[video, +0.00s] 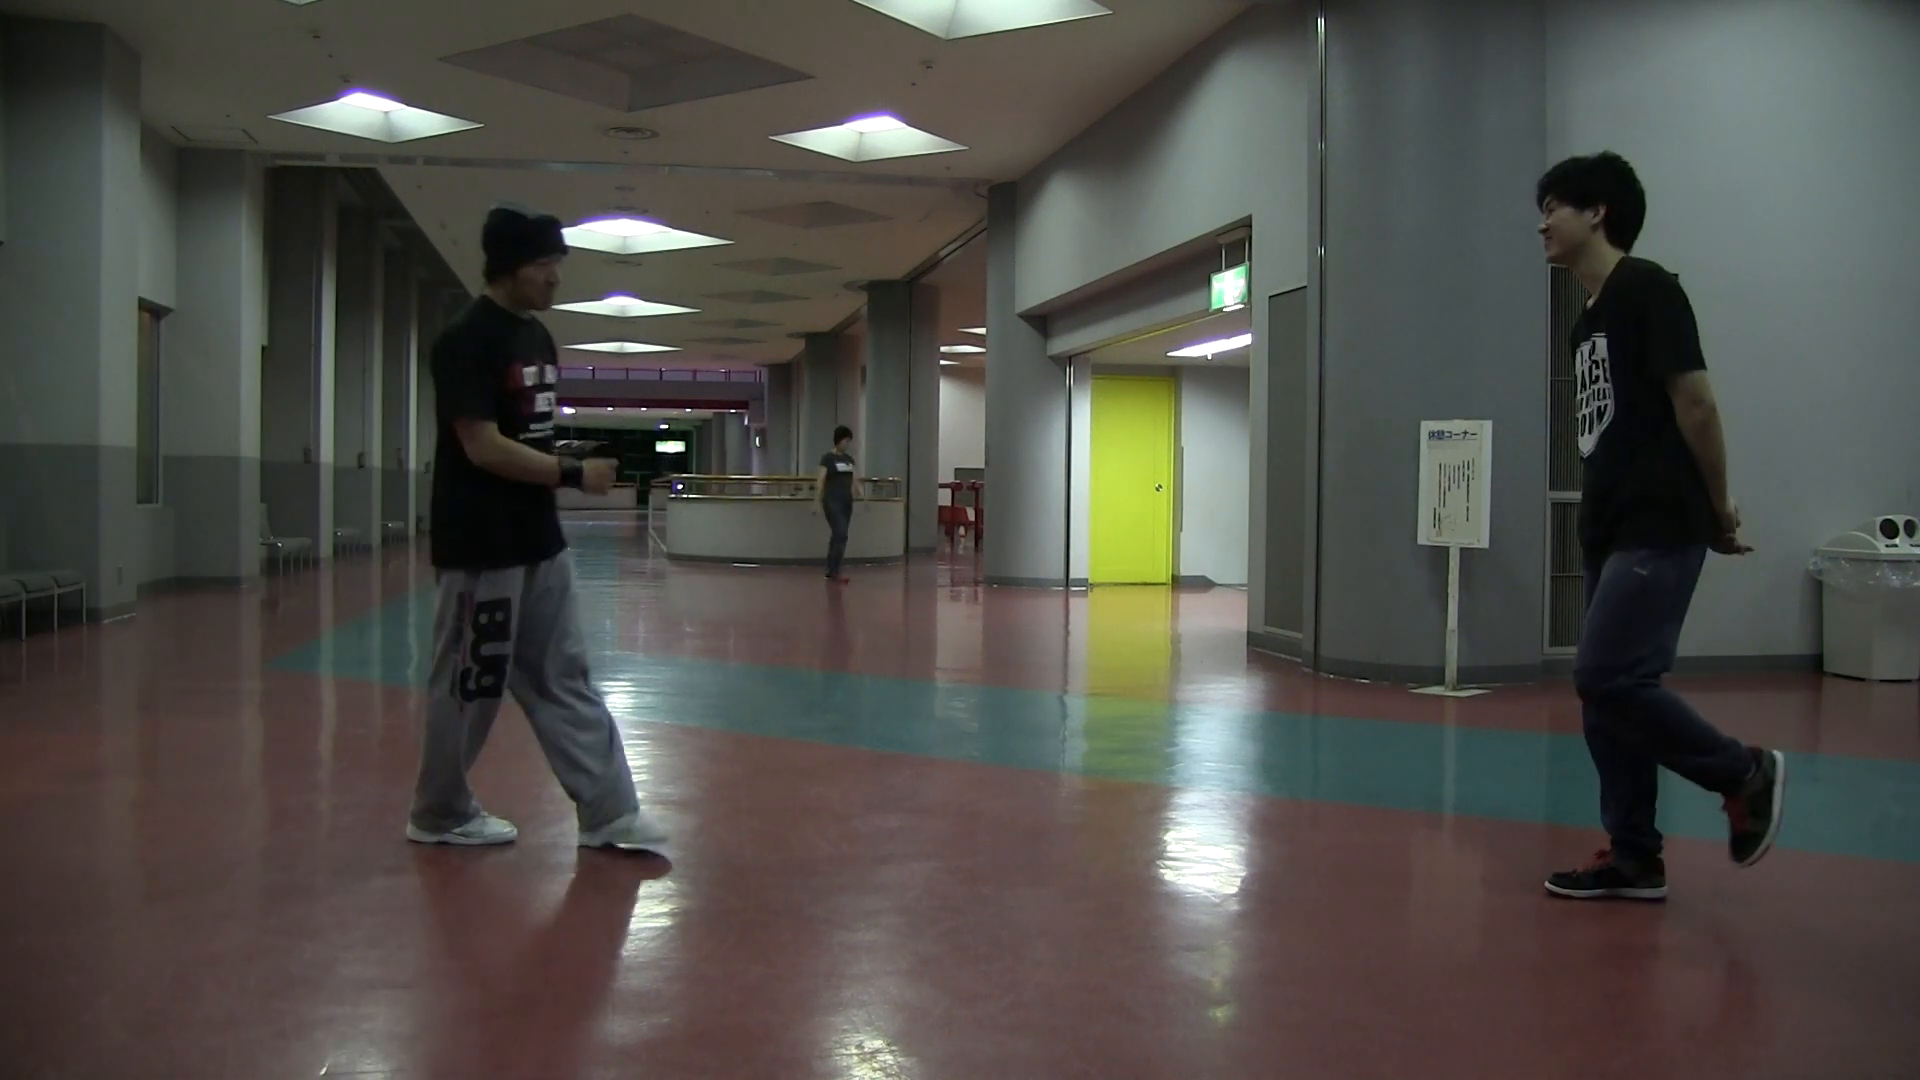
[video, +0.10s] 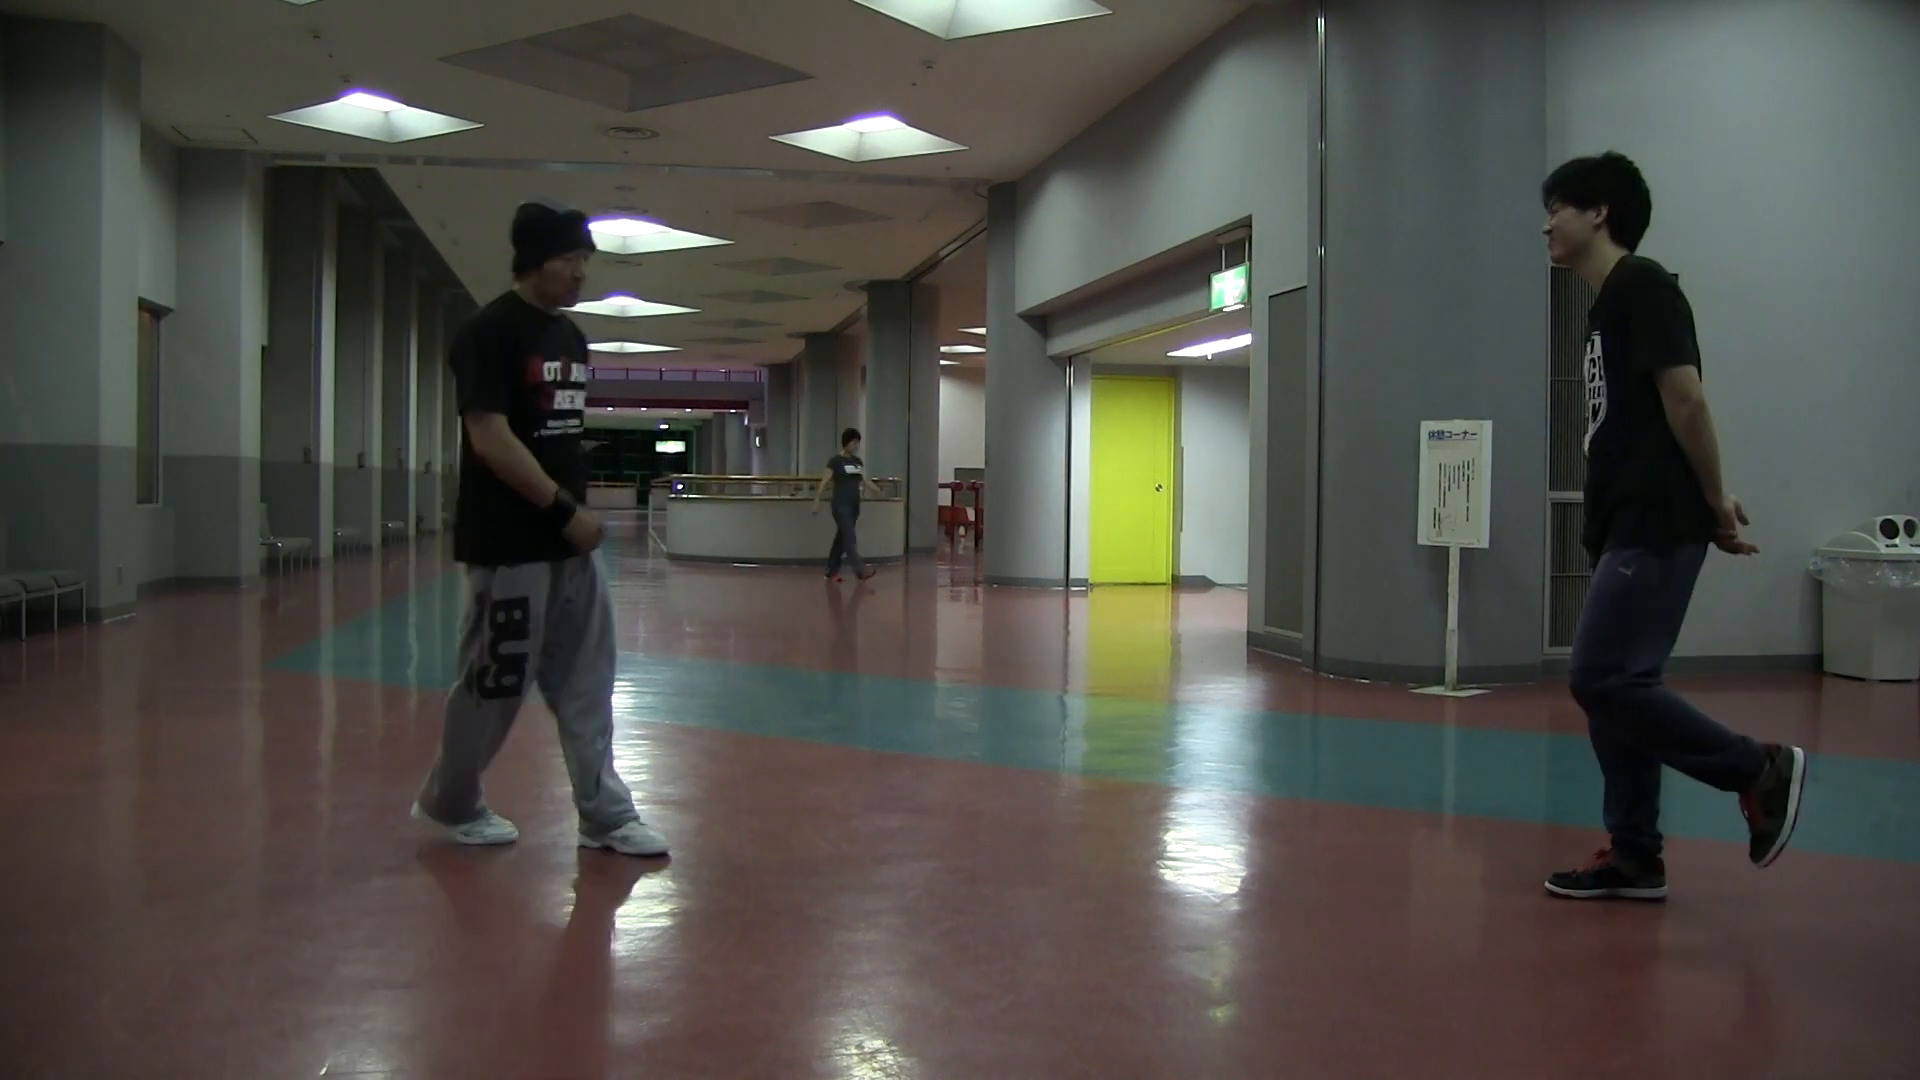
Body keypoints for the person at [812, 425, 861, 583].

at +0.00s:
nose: (847, 444)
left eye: (848, 441)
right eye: (846, 441)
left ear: (847, 442)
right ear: (838, 441)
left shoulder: (849, 460)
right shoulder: (828, 458)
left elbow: (852, 478)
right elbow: (820, 481)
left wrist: (858, 488)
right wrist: (816, 502)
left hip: (846, 501)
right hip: (831, 501)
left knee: (840, 534)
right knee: (839, 534)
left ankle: (833, 570)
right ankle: (832, 570)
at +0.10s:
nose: (857, 446)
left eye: (858, 443)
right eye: (854, 443)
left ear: (857, 444)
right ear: (846, 443)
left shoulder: (857, 461)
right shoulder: (836, 461)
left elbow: (864, 480)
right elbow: (823, 482)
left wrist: (877, 491)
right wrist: (816, 503)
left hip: (853, 504)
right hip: (840, 504)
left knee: (841, 539)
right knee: (849, 537)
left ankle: (832, 571)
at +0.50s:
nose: (892, 443)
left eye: (893, 440)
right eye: (890, 439)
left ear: (890, 440)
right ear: (882, 440)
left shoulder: (889, 458)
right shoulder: (872, 458)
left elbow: (891, 482)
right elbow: (871, 481)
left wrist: (897, 499)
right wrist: (883, 500)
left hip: (891, 503)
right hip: (875, 503)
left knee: (897, 536)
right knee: (872, 538)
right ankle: (869, 573)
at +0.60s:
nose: (902, 445)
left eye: (902, 442)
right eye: (900, 442)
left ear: (897, 443)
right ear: (892, 442)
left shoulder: (899, 460)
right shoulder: (882, 460)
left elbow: (898, 482)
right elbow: (885, 482)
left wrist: (903, 499)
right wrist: (904, 496)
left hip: (899, 505)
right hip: (884, 506)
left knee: (905, 541)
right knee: (878, 541)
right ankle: (870, 574)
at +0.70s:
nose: (913, 446)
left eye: (913, 443)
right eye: (911, 443)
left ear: (908, 443)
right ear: (904, 443)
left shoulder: (909, 461)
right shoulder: (893, 461)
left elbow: (908, 483)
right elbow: (897, 482)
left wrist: (911, 499)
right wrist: (914, 493)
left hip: (910, 506)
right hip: (895, 507)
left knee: (916, 540)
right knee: (889, 541)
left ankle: (922, 576)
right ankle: (872, 571)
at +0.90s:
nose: (933, 444)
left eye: (934, 440)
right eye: (931, 440)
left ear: (931, 441)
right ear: (924, 440)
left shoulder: (930, 459)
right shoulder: (913, 457)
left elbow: (933, 483)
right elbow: (913, 482)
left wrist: (934, 501)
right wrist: (920, 504)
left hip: (931, 504)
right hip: (918, 504)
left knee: (930, 540)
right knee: (925, 539)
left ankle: (925, 576)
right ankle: (903, 566)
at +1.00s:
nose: (944, 443)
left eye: (945, 440)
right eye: (942, 439)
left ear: (938, 440)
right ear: (934, 439)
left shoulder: (939, 459)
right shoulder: (922, 458)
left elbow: (945, 484)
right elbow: (917, 483)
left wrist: (954, 503)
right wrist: (915, 505)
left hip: (938, 503)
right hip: (927, 504)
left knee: (931, 539)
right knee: (938, 537)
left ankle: (924, 575)